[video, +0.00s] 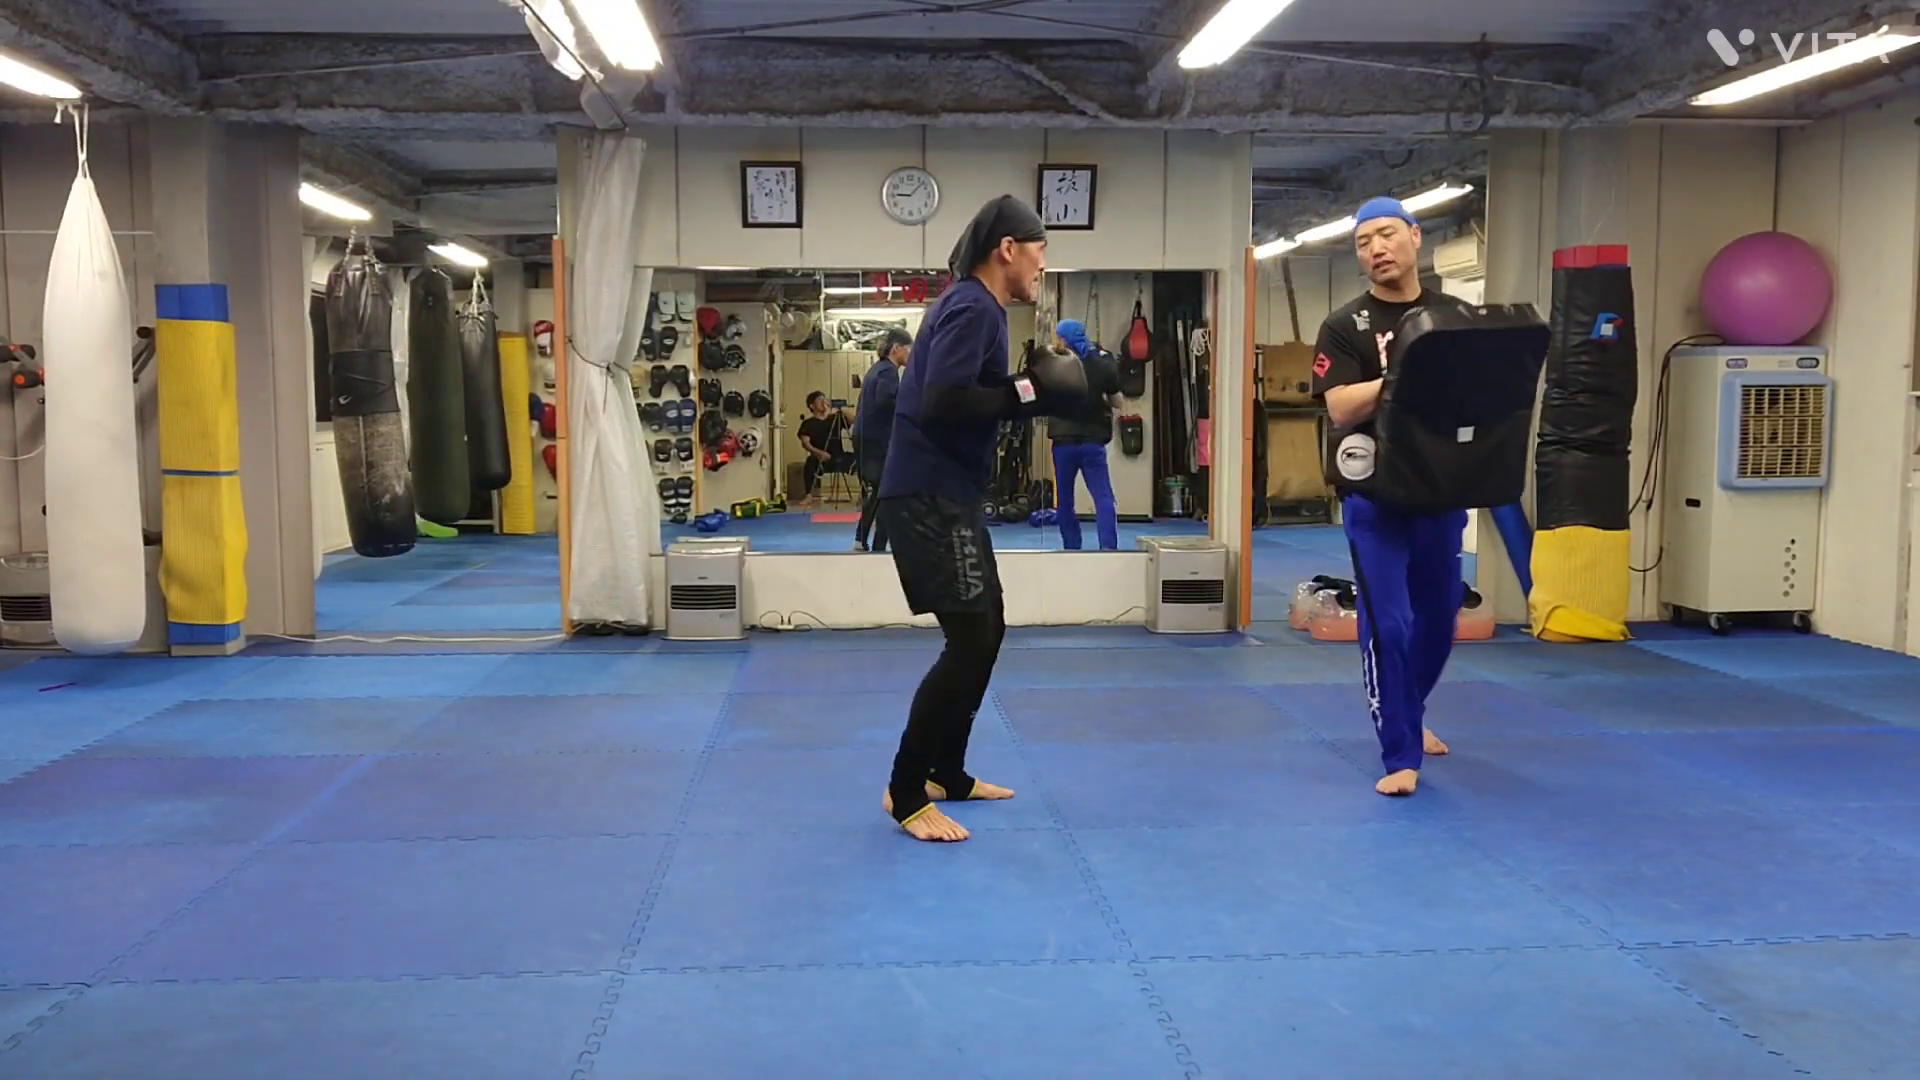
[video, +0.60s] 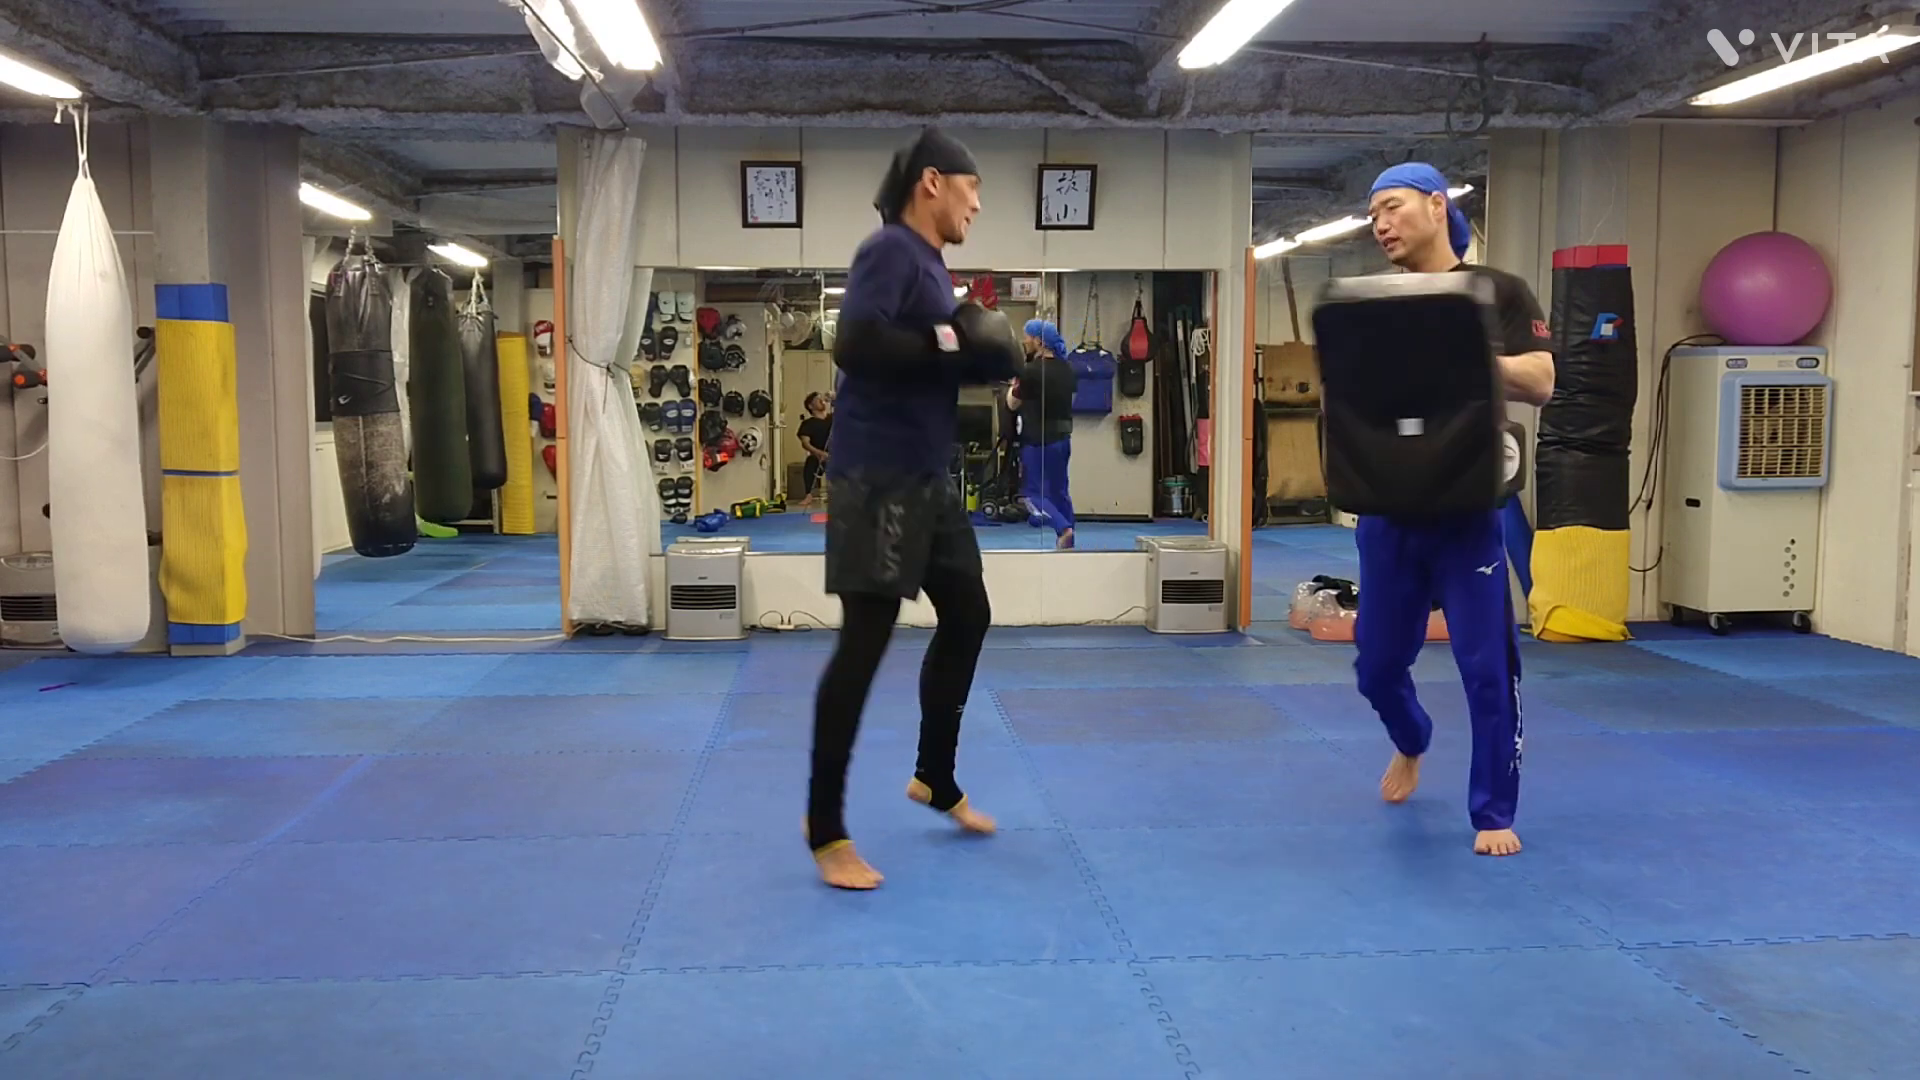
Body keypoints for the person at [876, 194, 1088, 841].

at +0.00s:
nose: (1043, 268)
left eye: (1044, 255)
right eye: (1039, 254)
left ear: (1002, 251)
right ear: (1006, 250)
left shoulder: (979, 308)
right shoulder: (973, 307)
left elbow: (971, 399)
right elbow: (939, 398)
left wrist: (1036, 386)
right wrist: (1023, 391)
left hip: (952, 501)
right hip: (930, 502)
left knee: (987, 631)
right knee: (971, 638)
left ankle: (946, 773)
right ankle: (906, 793)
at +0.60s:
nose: (977, 206)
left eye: (978, 194)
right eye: (971, 190)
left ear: (938, 189)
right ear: (931, 183)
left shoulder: (930, 268)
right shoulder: (891, 247)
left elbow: (926, 368)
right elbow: (857, 342)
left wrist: (989, 359)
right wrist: (956, 347)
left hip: (928, 480)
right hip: (876, 481)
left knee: (967, 615)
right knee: (864, 638)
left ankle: (935, 778)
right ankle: (825, 832)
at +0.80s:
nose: (954, 246)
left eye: (956, 234)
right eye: (947, 230)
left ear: (916, 230)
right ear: (905, 224)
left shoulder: (911, 308)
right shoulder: (873, 293)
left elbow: (916, 407)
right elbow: (830, 373)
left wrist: (974, 381)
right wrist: (935, 369)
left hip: (916, 523)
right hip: (859, 522)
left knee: (973, 657)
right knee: (821, 672)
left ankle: (930, 828)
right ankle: (703, 829)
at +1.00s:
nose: (903, 254)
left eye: (905, 241)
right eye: (892, 238)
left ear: (861, 240)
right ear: (848, 234)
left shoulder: (858, 322)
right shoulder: (807, 300)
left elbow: (854, 429)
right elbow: (779, 393)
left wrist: (933, 413)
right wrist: (884, 385)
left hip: (850, 533)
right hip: (785, 532)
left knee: (921, 653)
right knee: (733, 680)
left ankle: (926, 831)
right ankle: (625, 823)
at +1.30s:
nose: (798, 256)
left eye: (801, 244)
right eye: (789, 241)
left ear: (766, 242)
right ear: (744, 234)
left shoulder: (772, 318)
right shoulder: (690, 305)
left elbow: (772, 413)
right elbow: (671, 405)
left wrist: (826, 404)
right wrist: (765, 370)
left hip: (753, 525)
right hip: (681, 530)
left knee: (837, 640)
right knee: (654, 688)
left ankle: (820, 799)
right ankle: (588, 838)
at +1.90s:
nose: (844, 256)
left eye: (848, 242)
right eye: (835, 240)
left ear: (816, 241)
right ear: (792, 232)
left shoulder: (801, 304)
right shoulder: (759, 292)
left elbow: (815, 406)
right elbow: (767, 386)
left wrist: (894, 391)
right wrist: (845, 329)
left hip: (785, 508)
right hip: (735, 507)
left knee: (785, 656)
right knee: (747, 658)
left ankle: (763, 797)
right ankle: (636, 806)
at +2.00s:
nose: (855, 247)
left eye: (859, 234)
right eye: (844, 233)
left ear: (836, 236)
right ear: (802, 230)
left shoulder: (826, 302)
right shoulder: (769, 288)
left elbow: (850, 380)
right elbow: (743, 383)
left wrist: (901, 361)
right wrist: (836, 386)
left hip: (796, 501)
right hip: (757, 501)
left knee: (797, 645)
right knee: (790, 645)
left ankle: (763, 799)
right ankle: (736, 815)